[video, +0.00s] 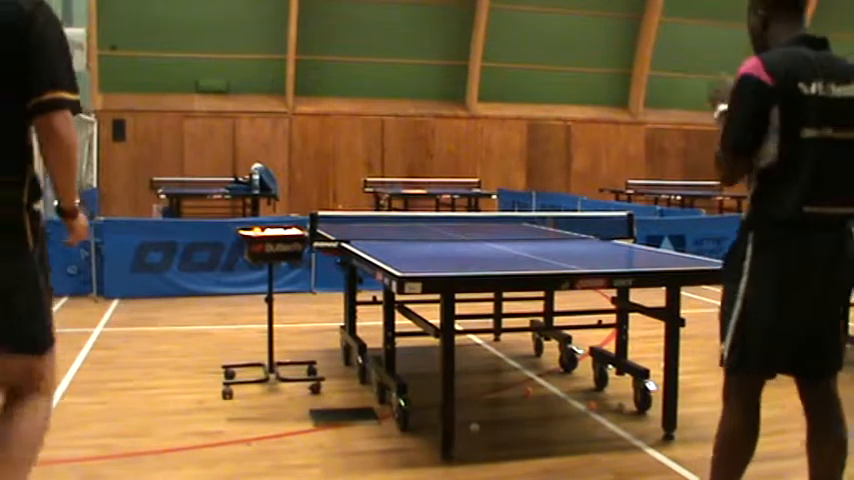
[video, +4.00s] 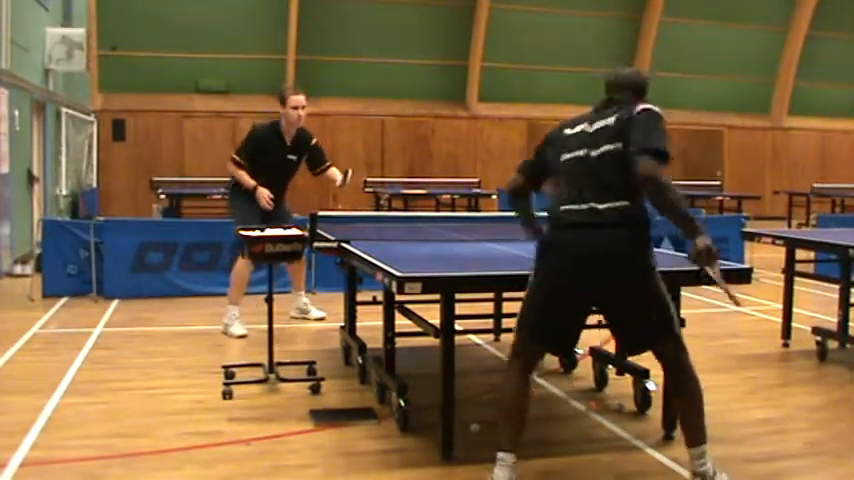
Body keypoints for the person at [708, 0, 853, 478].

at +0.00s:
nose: (750, 31)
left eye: (751, 20)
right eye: (752, 21)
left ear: (761, 18)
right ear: (802, 18)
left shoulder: (762, 73)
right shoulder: (846, 73)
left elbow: (729, 169)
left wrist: (729, 115)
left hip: (773, 245)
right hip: (835, 244)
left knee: (742, 390)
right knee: (821, 390)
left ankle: (721, 474)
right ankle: (827, 477)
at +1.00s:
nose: (659, 42)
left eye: (661, 34)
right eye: (660, 34)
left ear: (674, 32)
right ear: (707, 34)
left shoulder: (668, 84)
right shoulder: (746, 93)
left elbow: (636, 166)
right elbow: (730, 163)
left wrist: (614, 141)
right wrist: (655, 137)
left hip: (674, 233)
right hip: (727, 236)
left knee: (617, 351)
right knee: (698, 351)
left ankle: (670, 462)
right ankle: (692, 465)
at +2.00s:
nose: (557, 53)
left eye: (558, 46)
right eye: (561, 45)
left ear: (564, 46)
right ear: (602, 42)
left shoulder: (550, 95)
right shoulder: (646, 82)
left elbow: (530, 179)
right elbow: (682, 158)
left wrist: (533, 168)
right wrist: (634, 158)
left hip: (591, 236)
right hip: (649, 230)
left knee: (571, 359)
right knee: (679, 343)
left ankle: (561, 469)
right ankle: (709, 462)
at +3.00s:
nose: (592, 73)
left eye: (592, 66)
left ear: (594, 69)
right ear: (637, 69)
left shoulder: (572, 107)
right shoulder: (670, 111)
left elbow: (552, 176)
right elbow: (686, 188)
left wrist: (564, 200)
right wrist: (654, 211)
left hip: (604, 244)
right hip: (666, 246)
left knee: (560, 357)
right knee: (694, 355)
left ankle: (536, 469)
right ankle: (718, 465)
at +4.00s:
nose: (643, 102)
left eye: (640, 95)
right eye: (643, 96)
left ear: (606, 94)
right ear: (640, 96)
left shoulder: (564, 131)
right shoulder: (643, 116)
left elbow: (517, 189)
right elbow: (647, 173)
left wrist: (536, 232)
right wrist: (696, 234)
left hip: (562, 253)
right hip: (623, 254)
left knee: (521, 360)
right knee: (676, 359)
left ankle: (504, 467)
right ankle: (701, 466)